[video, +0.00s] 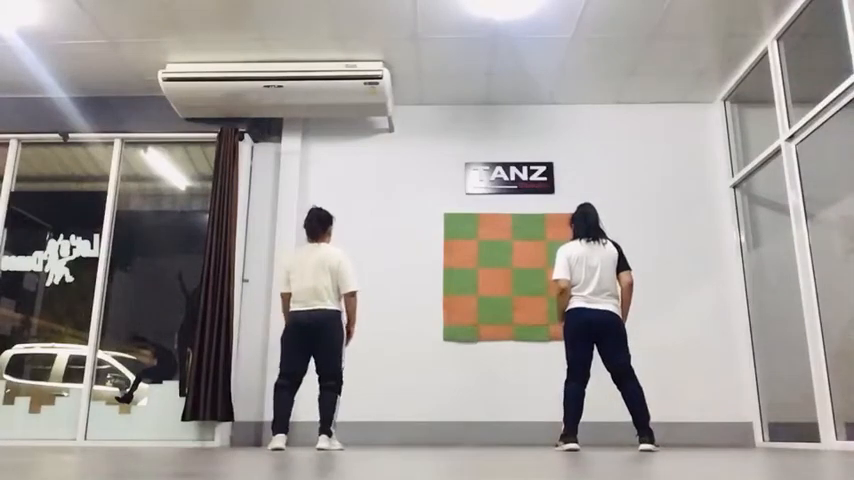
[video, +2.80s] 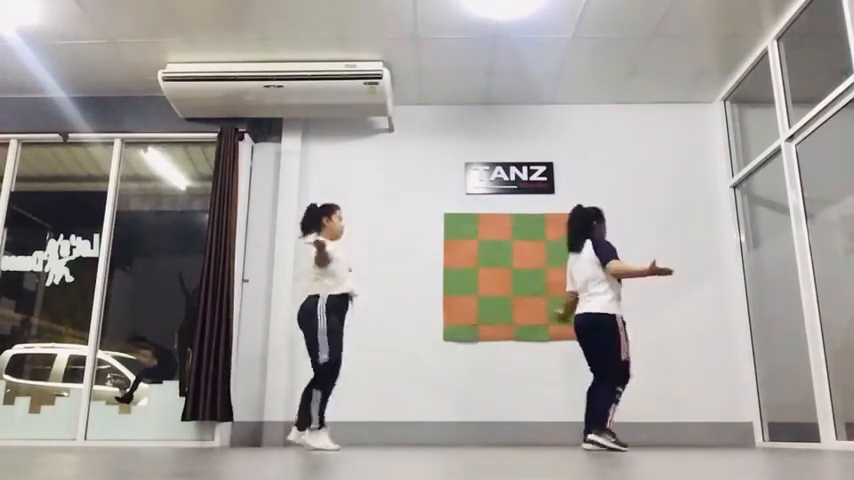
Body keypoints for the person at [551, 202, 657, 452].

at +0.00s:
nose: (570, 226)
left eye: (571, 223)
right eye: (572, 223)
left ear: (574, 224)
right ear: (597, 222)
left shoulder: (567, 249)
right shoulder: (613, 247)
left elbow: (564, 287)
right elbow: (627, 281)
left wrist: (562, 317)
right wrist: (622, 316)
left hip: (578, 318)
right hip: (610, 319)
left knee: (576, 377)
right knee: (624, 375)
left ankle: (569, 435)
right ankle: (645, 434)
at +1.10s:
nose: (573, 240)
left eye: (574, 236)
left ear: (577, 237)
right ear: (601, 234)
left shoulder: (571, 259)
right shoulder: (617, 254)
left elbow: (569, 295)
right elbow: (621, 286)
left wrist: (581, 310)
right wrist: (609, 306)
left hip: (590, 323)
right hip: (622, 322)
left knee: (593, 378)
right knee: (621, 380)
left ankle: (593, 433)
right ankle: (619, 437)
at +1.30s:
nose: (572, 233)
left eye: (573, 229)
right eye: (573, 229)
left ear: (578, 231)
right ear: (599, 228)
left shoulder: (571, 255)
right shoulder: (616, 251)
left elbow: (564, 294)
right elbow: (622, 284)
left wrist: (543, 302)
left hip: (591, 315)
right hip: (622, 315)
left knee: (593, 374)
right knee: (620, 376)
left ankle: (589, 434)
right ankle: (619, 437)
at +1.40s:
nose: (570, 224)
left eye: (572, 221)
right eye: (572, 220)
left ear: (576, 222)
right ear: (598, 220)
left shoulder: (570, 249)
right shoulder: (613, 246)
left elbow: (558, 287)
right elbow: (627, 283)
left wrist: (532, 295)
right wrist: (633, 291)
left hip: (587, 315)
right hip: (618, 314)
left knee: (590, 374)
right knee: (618, 375)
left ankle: (589, 435)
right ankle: (619, 437)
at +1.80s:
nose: (567, 237)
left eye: (568, 234)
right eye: (570, 233)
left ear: (572, 238)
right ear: (593, 236)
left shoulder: (564, 259)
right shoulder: (607, 256)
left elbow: (548, 292)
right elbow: (634, 279)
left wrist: (514, 295)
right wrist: (671, 285)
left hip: (576, 319)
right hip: (608, 321)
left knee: (584, 378)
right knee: (608, 377)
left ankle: (591, 436)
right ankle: (607, 434)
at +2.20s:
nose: (603, 225)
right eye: (602, 222)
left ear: (575, 223)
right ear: (601, 223)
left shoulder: (566, 249)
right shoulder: (609, 244)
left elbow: (553, 286)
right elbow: (637, 271)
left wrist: (528, 299)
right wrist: (677, 274)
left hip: (584, 320)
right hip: (612, 318)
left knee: (602, 371)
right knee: (616, 375)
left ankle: (592, 425)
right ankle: (606, 433)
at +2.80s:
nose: (605, 228)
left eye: (604, 223)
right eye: (603, 224)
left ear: (580, 228)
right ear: (595, 225)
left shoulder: (573, 256)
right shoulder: (600, 246)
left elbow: (572, 295)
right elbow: (615, 270)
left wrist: (565, 313)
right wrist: (649, 271)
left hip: (583, 319)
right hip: (606, 317)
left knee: (601, 375)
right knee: (619, 374)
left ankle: (591, 433)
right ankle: (601, 428)